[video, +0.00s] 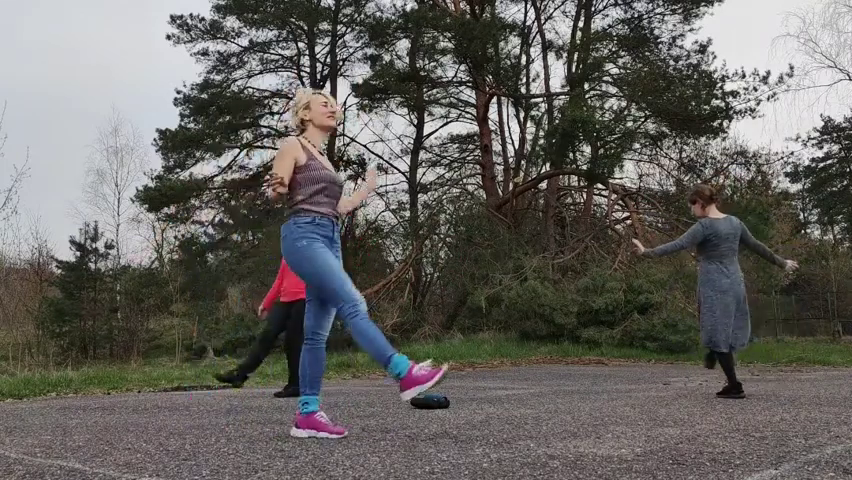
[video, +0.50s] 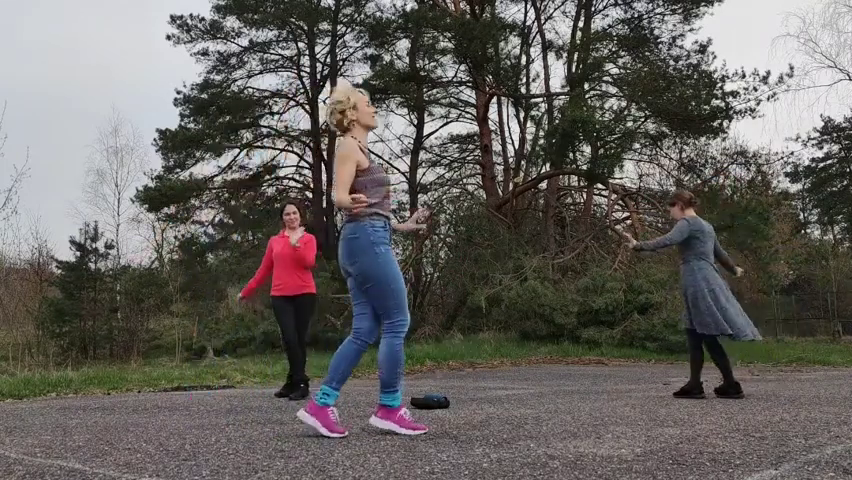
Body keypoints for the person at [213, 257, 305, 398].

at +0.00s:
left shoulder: (317, 254)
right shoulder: (290, 253)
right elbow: (280, 280)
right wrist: (266, 302)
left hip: (302, 300)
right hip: (284, 300)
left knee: (294, 343)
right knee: (266, 338)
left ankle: (295, 385)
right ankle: (239, 375)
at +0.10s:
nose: (298, 230)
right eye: (296, 226)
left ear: (312, 229)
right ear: (294, 228)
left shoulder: (317, 246)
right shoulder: (287, 245)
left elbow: (323, 273)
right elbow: (277, 277)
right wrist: (264, 300)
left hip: (306, 295)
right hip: (284, 296)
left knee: (297, 342)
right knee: (264, 329)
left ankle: (296, 385)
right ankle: (237, 363)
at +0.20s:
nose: (295, 219)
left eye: (298, 215)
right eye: (291, 216)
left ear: (303, 218)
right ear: (286, 219)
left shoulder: (310, 238)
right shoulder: (283, 242)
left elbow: (314, 259)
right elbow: (275, 272)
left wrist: (302, 233)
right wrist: (261, 295)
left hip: (304, 292)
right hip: (282, 291)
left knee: (297, 339)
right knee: (267, 318)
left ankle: (295, 384)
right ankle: (259, 364)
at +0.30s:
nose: (293, 218)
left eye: (295, 214)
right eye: (289, 215)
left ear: (302, 216)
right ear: (284, 219)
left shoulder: (308, 237)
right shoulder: (280, 239)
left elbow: (309, 259)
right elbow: (272, 270)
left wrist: (300, 240)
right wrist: (259, 292)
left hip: (303, 292)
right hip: (279, 292)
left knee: (297, 337)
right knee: (278, 332)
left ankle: (296, 380)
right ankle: (286, 376)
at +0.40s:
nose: (292, 219)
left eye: (295, 215)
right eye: (288, 216)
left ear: (301, 218)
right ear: (283, 220)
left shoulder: (308, 239)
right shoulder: (276, 241)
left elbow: (307, 260)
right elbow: (267, 270)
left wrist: (296, 241)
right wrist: (252, 293)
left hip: (304, 293)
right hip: (279, 294)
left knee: (298, 340)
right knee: (289, 339)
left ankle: (292, 382)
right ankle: (302, 382)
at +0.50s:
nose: (291, 217)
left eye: (294, 213)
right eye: (287, 214)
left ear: (300, 216)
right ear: (282, 218)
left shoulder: (308, 238)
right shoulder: (275, 241)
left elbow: (309, 262)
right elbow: (264, 269)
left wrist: (296, 245)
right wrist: (247, 291)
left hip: (304, 293)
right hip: (280, 294)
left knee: (299, 339)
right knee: (289, 339)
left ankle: (292, 381)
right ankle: (301, 383)